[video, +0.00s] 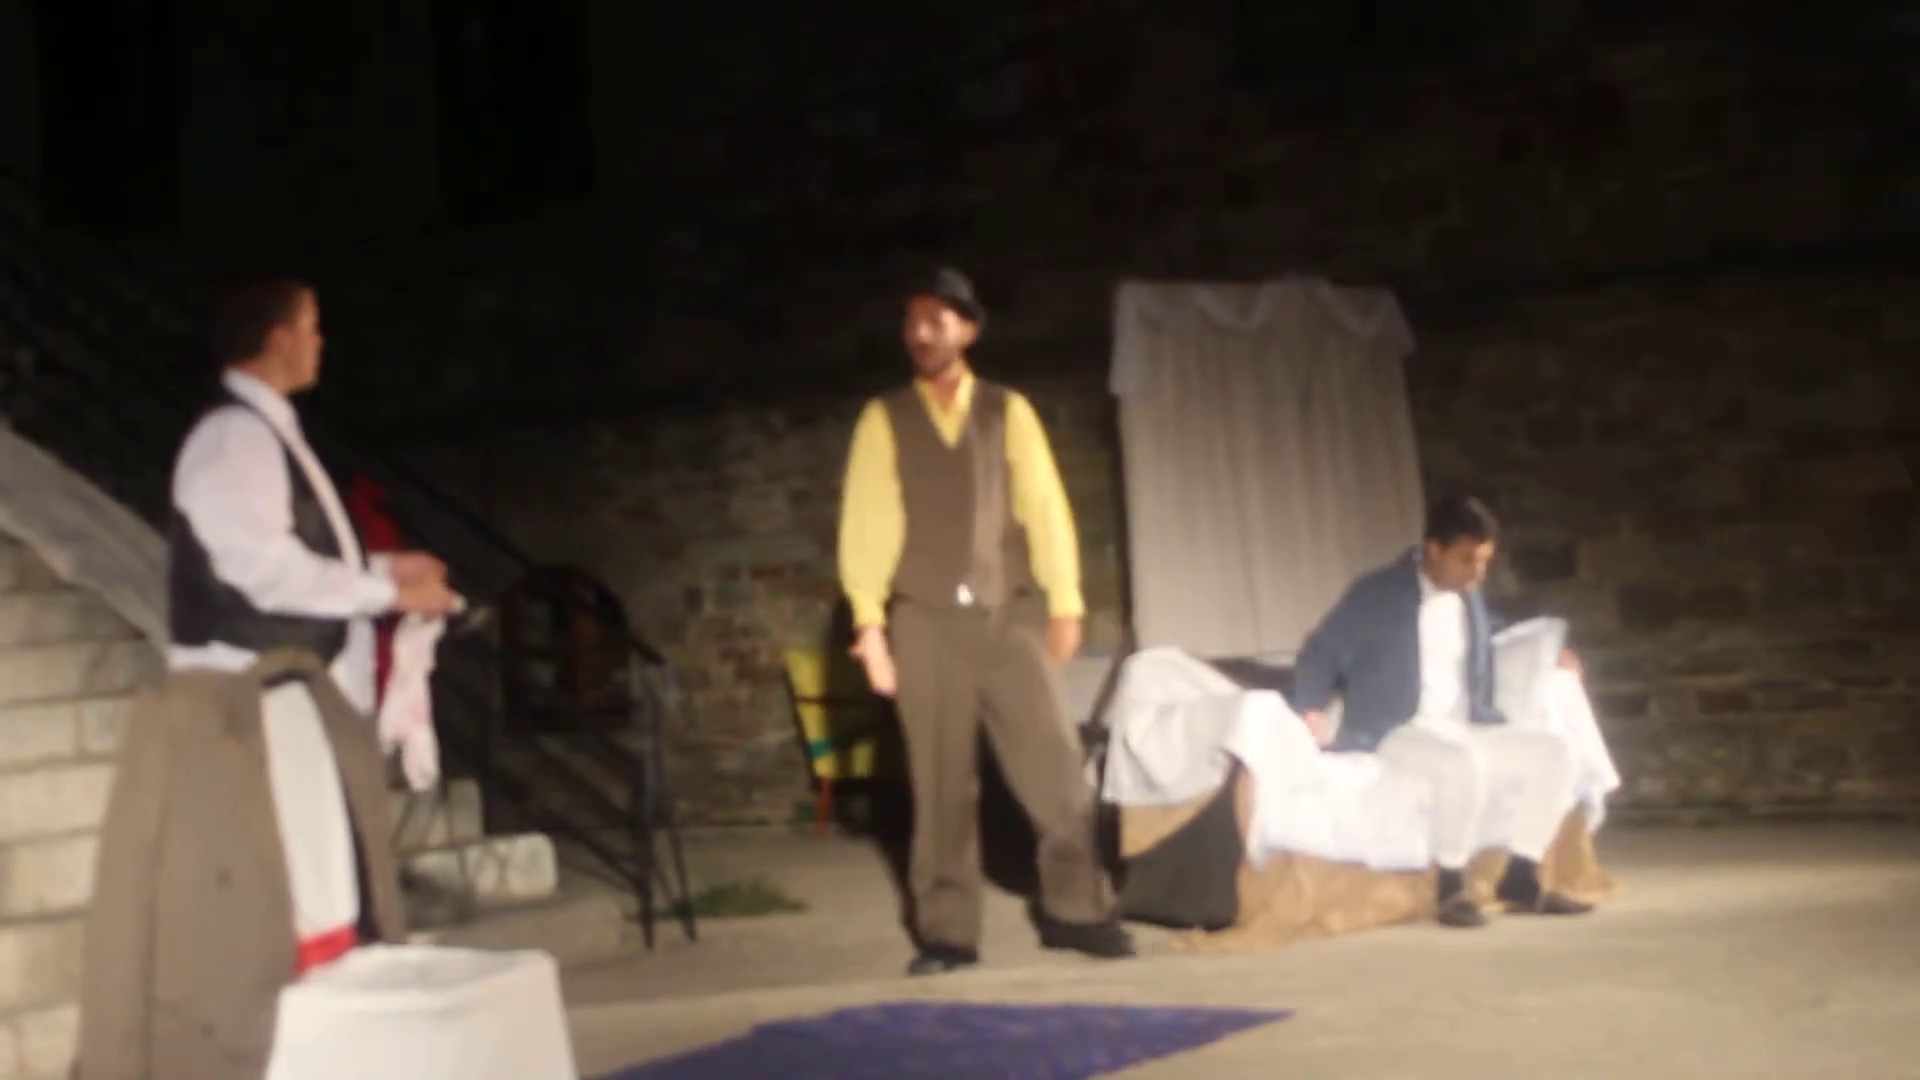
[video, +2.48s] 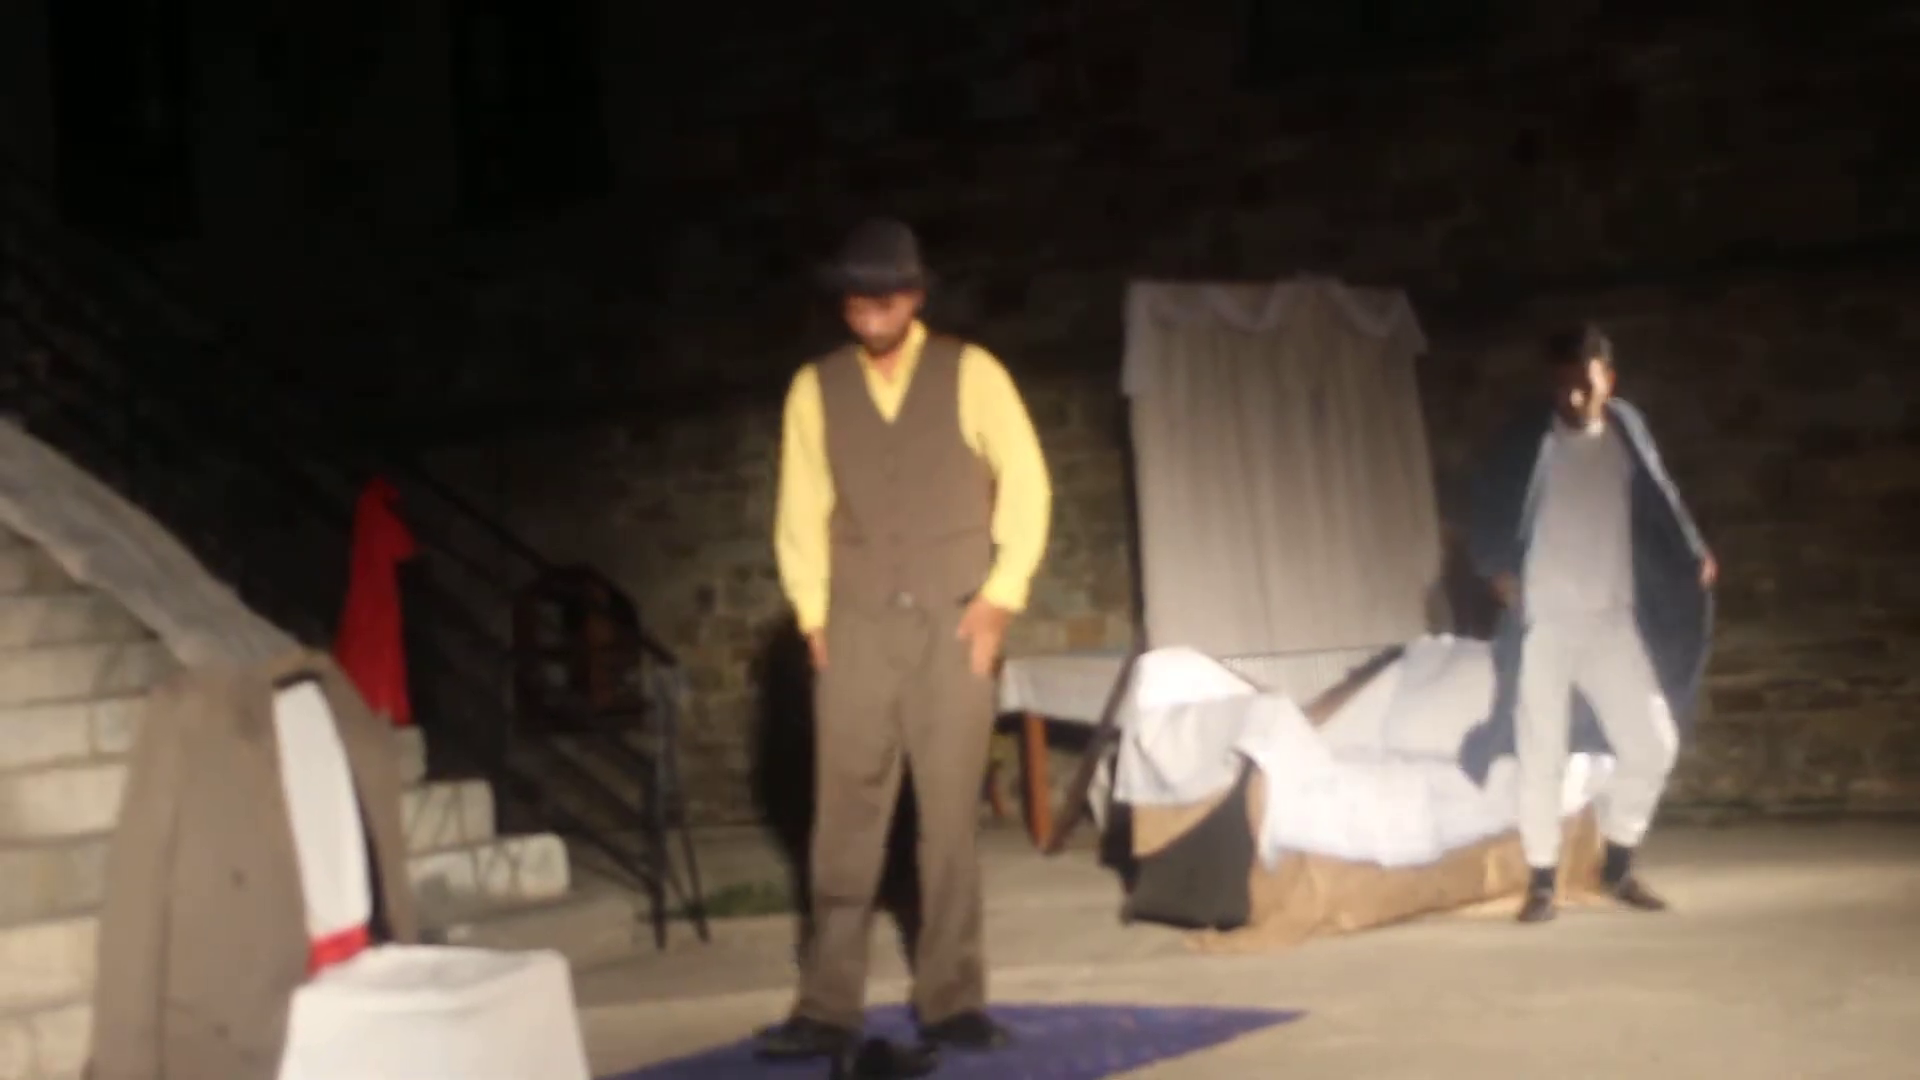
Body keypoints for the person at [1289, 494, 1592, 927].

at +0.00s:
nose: (1477, 573)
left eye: (1484, 562)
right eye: (1468, 560)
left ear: (1489, 558)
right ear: (1433, 550)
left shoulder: (1471, 599)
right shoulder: (1379, 592)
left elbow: (1492, 654)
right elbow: (1321, 651)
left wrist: (1548, 659)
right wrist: (1311, 708)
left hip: (1464, 725)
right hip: (1392, 727)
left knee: (1553, 754)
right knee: (1460, 765)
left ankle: (1520, 880)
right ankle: (1451, 889)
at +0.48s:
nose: (1495, 574)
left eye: (1502, 564)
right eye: (1487, 560)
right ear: (1451, 548)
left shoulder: (1469, 606)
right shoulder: (1394, 591)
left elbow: (1477, 676)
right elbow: (1349, 661)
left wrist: (1492, 722)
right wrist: (1368, 734)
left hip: (1461, 729)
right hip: (1402, 731)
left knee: (1552, 753)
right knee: (1461, 764)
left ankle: (1521, 879)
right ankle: (1453, 890)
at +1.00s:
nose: (1562, 597)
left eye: (1567, 586)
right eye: (1553, 582)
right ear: (1514, 569)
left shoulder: (1520, 618)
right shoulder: (1452, 599)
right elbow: (1399, 667)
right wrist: (1376, 750)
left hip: (1469, 724)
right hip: (1411, 725)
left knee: (1552, 758)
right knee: (1472, 770)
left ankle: (1527, 885)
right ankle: (1459, 892)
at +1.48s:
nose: (1615, 476)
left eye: (1619, 465)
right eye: (1610, 461)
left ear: (1587, 458)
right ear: (1575, 450)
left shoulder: (1564, 511)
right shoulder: (1511, 481)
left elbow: (1550, 598)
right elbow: (1455, 550)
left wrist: (1545, 665)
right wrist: (1435, 630)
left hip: (1503, 651)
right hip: (1451, 642)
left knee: (1550, 752)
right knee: (1487, 755)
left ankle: (1529, 881)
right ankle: (1465, 886)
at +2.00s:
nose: (1611, 409)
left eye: (1618, 397)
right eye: (1603, 395)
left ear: (1617, 395)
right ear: (1567, 388)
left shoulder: (1591, 449)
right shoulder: (1517, 442)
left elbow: (1579, 521)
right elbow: (1459, 509)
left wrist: (1593, 571)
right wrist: (1498, 576)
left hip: (1567, 621)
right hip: (1514, 622)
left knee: (1590, 741)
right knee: (1507, 748)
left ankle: (1588, 876)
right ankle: (1482, 887)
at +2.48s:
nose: (1577, 400)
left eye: (1588, 387)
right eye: (1568, 386)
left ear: (1610, 384)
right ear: (1552, 384)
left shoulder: (1628, 427)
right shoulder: (1527, 435)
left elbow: (1663, 498)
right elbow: (1486, 507)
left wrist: (1694, 552)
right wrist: (1495, 568)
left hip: (1612, 626)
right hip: (1541, 627)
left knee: (1654, 744)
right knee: (1541, 753)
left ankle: (1616, 864)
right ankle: (1541, 880)